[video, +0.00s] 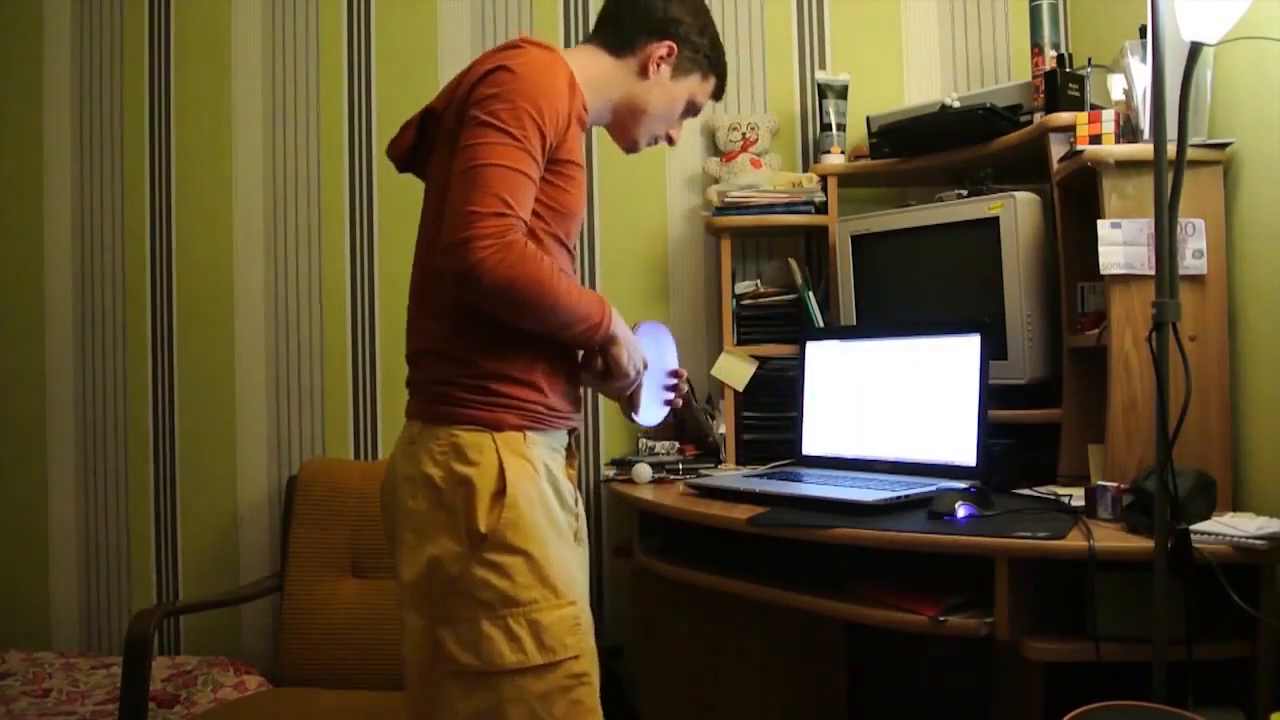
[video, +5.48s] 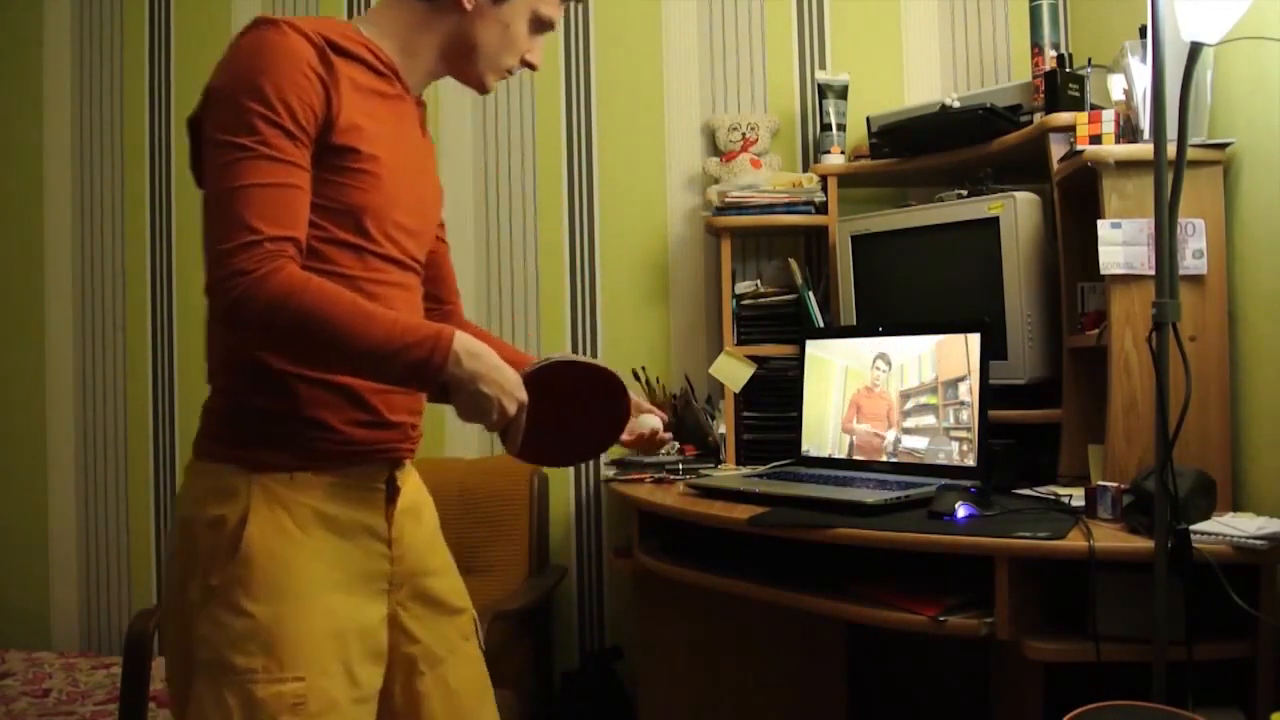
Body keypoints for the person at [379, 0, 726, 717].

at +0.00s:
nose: (676, 132)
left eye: (688, 117)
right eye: (687, 107)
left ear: (651, 61)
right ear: (660, 59)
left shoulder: (555, 106)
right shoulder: (530, 75)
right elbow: (487, 251)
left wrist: (612, 363)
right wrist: (605, 330)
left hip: (514, 464)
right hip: (485, 470)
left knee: (512, 704)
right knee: (538, 706)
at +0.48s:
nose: (715, 243)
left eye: (729, 232)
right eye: (731, 222)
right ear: (716, 172)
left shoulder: (593, 207)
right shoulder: (603, 102)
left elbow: (526, 382)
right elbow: (498, 213)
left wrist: (674, 432)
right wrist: (618, 341)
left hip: (482, 478)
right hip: (433, 474)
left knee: (483, 700)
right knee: (465, 705)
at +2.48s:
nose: (718, 208)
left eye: (733, 191)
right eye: (733, 180)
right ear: (704, 132)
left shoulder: (581, 192)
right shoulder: (569, 94)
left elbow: (483, 366)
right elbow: (457, 215)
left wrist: (590, 446)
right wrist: (601, 329)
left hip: (485, 476)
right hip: (421, 476)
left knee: (513, 705)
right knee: (462, 707)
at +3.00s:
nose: (656, 123)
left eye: (671, 103)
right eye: (669, 91)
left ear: (627, 48)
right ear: (630, 45)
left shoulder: (518, 102)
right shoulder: (487, 66)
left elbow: (449, 307)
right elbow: (425, 249)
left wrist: (512, 441)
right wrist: (587, 324)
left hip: (481, 488)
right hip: (421, 493)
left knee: (518, 706)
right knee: (441, 706)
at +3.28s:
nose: (599, 72)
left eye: (612, 51)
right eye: (608, 39)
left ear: (554, 7)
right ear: (560, 0)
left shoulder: (458, 75)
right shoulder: (423, 55)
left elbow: (430, 309)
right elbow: (379, 279)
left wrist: (564, 353)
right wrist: (543, 391)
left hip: (469, 498)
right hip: (410, 509)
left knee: (528, 711)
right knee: (443, 710)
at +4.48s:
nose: (564, 35)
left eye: (574, 13)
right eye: (568, 5)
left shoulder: (416, 69)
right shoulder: (336, 47)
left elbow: (416, 297)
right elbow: (296, 286)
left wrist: (578, 329)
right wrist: (490, 380)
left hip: (445, 497)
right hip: (362, 508)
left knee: (508, 710)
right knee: (388, 710)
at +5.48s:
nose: (535, 58)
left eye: (546, 35)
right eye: (539, 24)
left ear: (477, 6)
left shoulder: (407, 119)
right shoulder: (283, 54)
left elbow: (441, 319)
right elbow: (252, 280)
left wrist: (580, 403)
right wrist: (443, 360)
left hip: (394, 504)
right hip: (274, 510)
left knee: (456, 710)